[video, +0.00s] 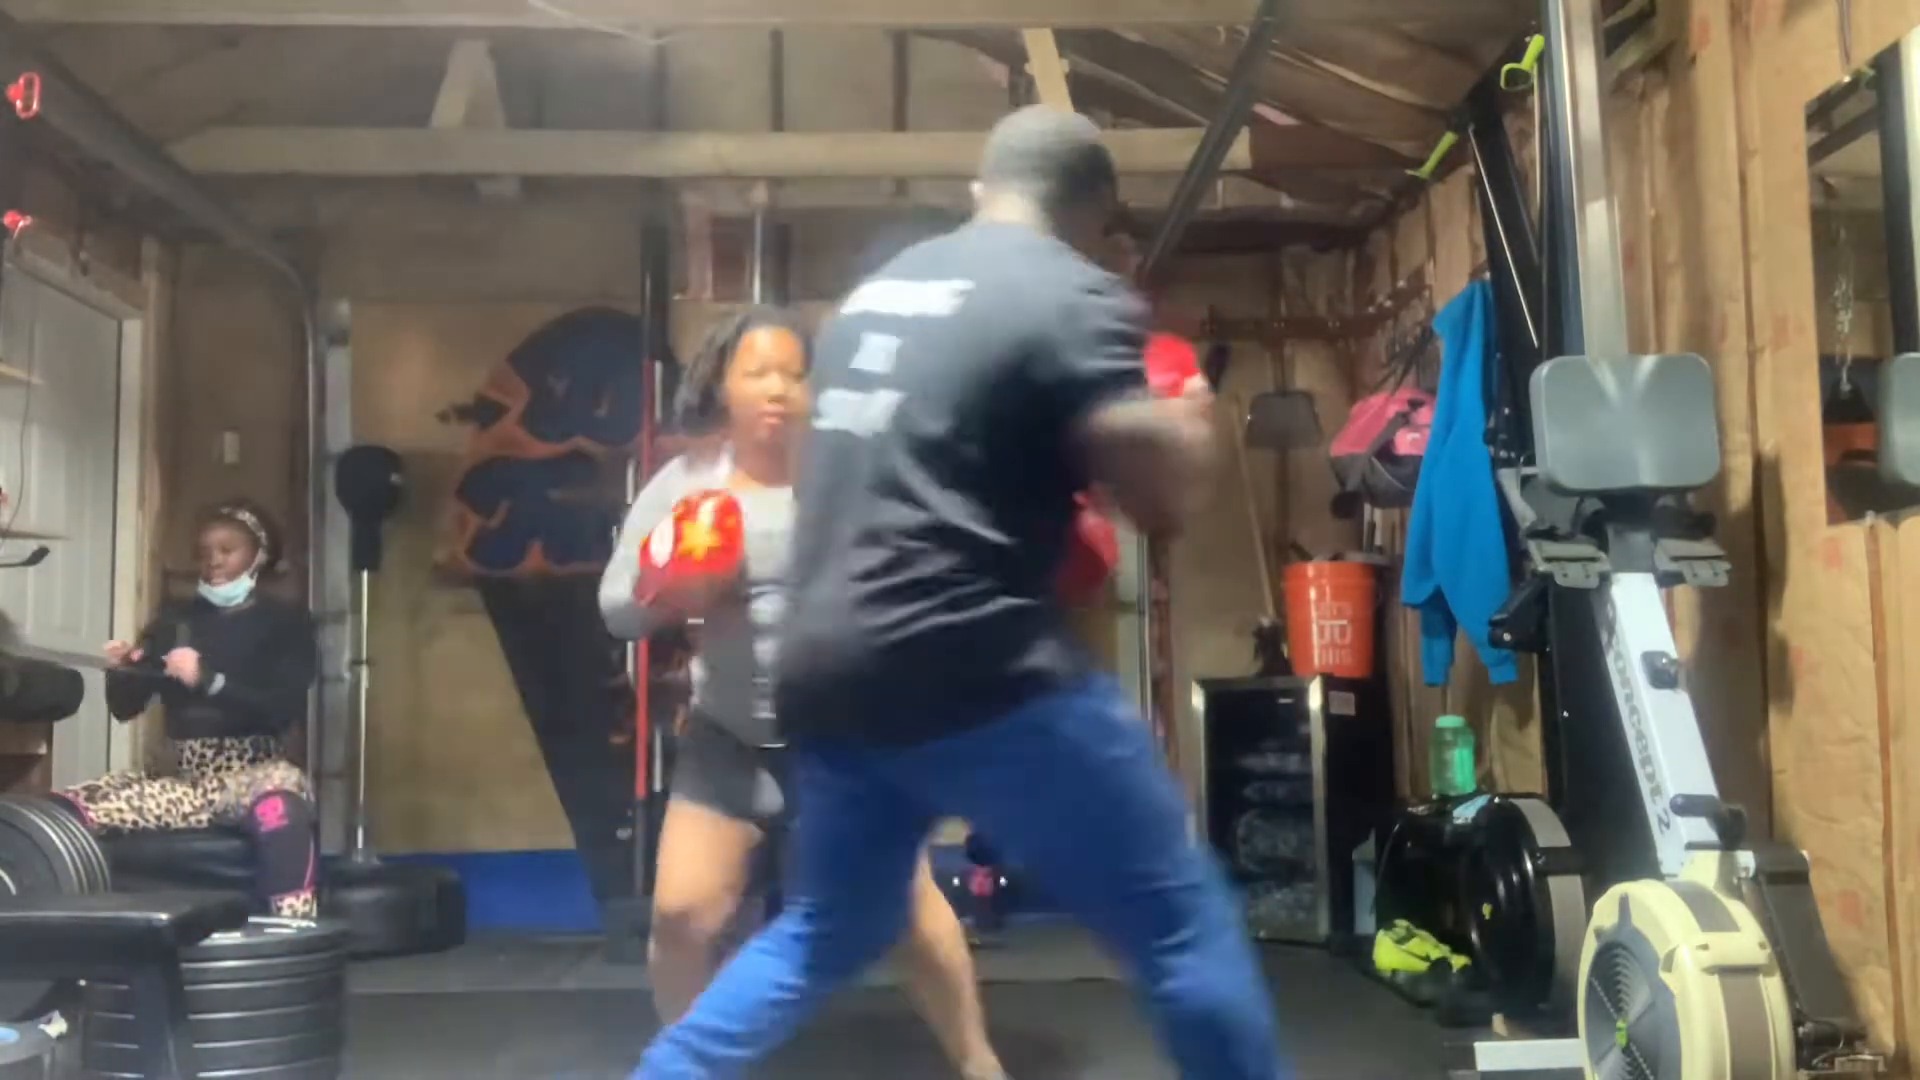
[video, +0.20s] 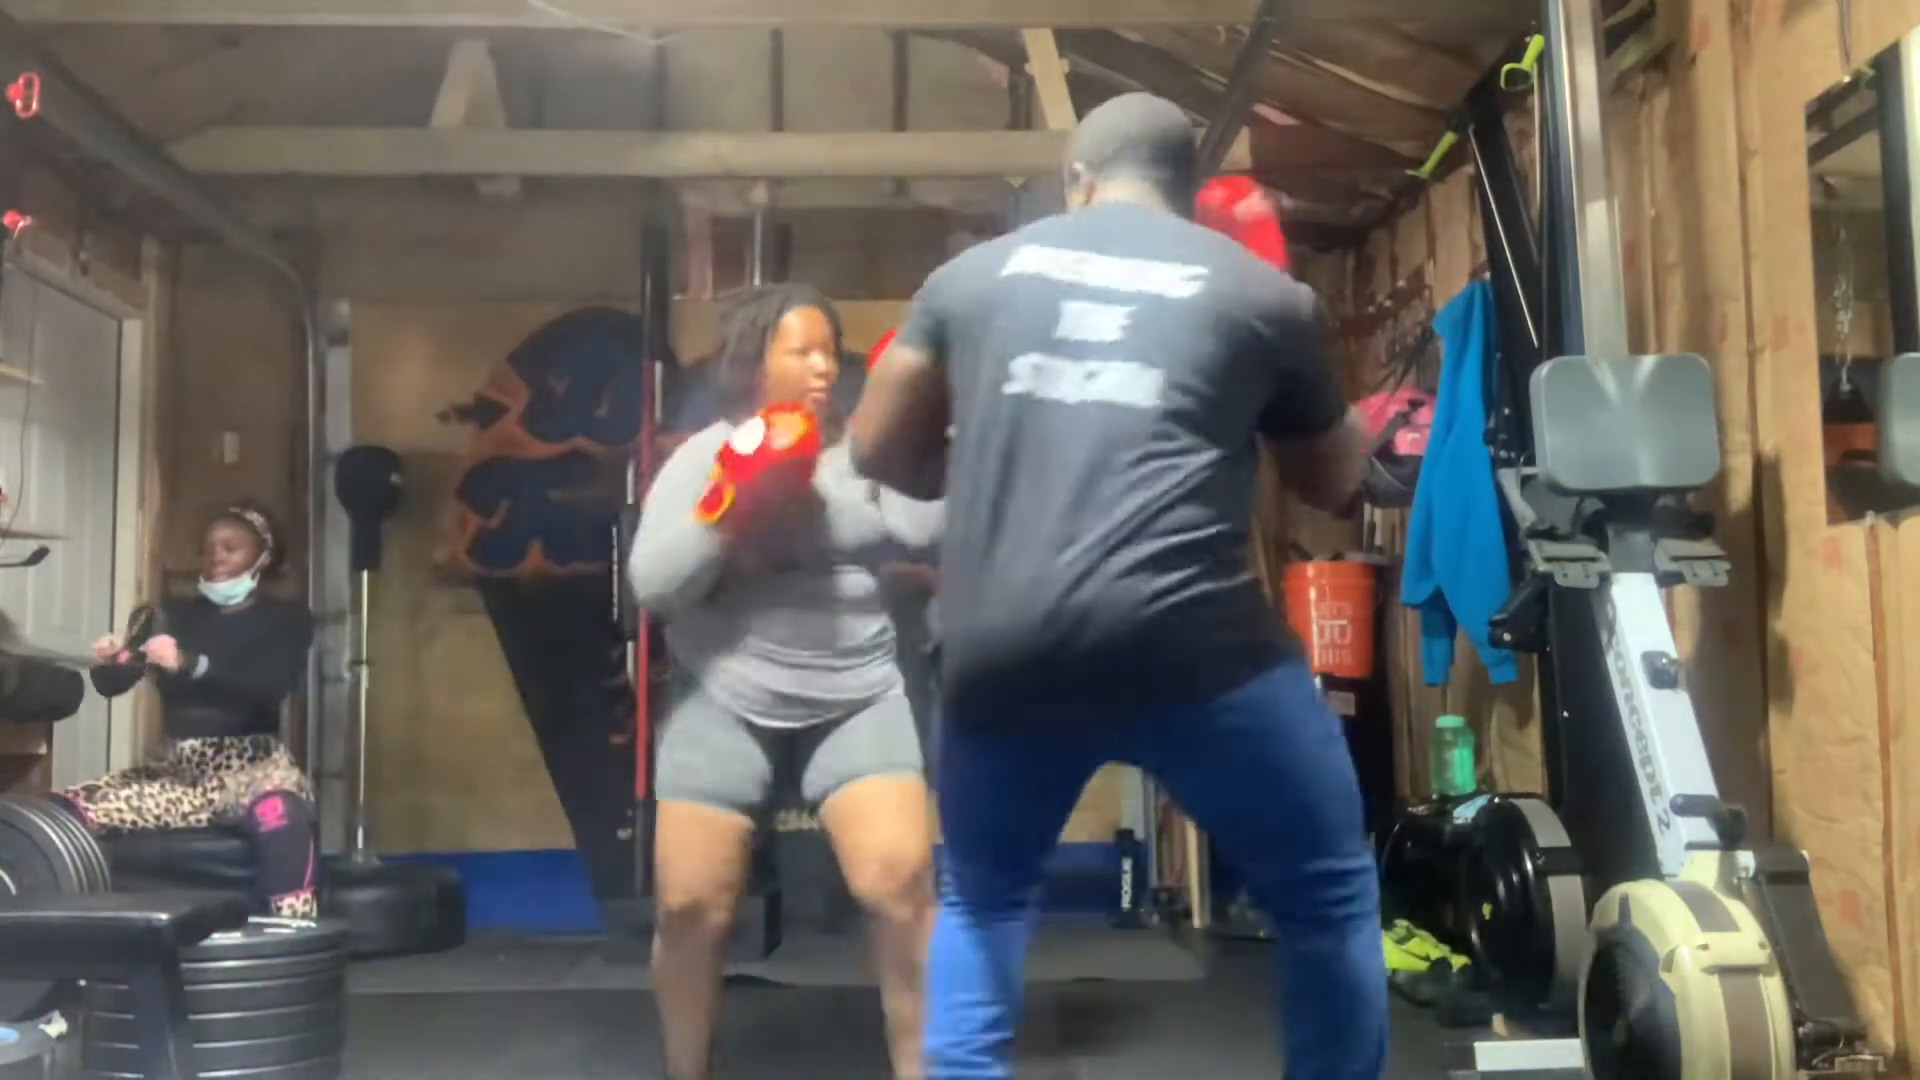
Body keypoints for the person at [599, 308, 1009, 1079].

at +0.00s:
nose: (778, 391)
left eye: (792, 376)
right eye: (759, 374)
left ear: (814, 390)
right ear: (720, 390)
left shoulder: (845, 478)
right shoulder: (683, 482)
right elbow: (617, 604)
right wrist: (674, 596)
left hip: (841, 728)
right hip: (729, 736)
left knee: (916, 907)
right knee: (681, 911)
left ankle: (976, 1062)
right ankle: (688, 1062)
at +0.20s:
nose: (825, 367)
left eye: (830, 352)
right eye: (804, 351)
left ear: (839, 362)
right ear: (750, 361)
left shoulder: (866, 451)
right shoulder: (706, 456)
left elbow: (935, 530)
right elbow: (650, 581)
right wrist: (734, 506)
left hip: (861, 698)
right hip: (725, 701)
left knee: (900, 881)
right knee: (688, 903)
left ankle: (919, 1070)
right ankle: (687, 1070)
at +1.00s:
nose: (900, 325)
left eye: (906, 312)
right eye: (880, 309)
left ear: (909, 323)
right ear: (826, 309)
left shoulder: (927, 424)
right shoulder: (787, 373)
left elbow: (973, 540)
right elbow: (868, 366)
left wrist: (1001, 452)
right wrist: (947, 301)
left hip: (904, 665)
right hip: (779, 641)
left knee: (890, 871)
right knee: (731, 870)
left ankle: (911, 1073)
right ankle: (661, 1056)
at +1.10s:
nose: (890, 340)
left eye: (898, 326)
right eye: (871, 323)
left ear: (905, 334)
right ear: (819, 321)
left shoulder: (913, 414)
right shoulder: (780, 377)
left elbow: (960, 546)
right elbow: (835, 413)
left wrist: (970, 434)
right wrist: (931, 361)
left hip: (896, 663)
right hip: (770, 642)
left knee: (890, 870)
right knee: (729, 873)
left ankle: (912, 1073)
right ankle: (662, 1057)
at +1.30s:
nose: (856, 350)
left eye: (867, 336)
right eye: (839, 331)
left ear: (876, 348)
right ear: (789, 334)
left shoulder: (887, 435)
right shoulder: (731, 416)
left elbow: (921, 573)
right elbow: (715, 534)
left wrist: (936, 507)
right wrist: (807, 481)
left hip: (857, 680)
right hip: (725, 669)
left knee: (879, 875)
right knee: (708, 883)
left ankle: (908, 1074)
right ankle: (666, 1064)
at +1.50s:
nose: (835, 371)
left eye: (844, 357)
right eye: (819, 352)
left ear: (850, 368)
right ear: (767, 354)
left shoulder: (856, 456)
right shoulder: (700, 445)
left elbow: (898, 583)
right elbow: (655, 574)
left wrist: (894, 533)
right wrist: (755, 528)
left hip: (843, 697)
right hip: (711, 695)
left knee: (880, 866)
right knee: (697, 892)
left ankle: (894, 1071)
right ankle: (668, 1071)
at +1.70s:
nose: (876, 381)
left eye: (883, 367)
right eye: (857, 363)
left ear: (891, 379)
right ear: (802, 366)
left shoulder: (905, 466)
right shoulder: (746, 452)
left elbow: (955, 575)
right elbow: (709, 572)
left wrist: (955, 463)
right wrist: (806, 475)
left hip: (884, 707)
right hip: (745, 706)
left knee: (965, 887)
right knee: (707, 915)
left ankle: (1044, 1073)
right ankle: (666, 1069)